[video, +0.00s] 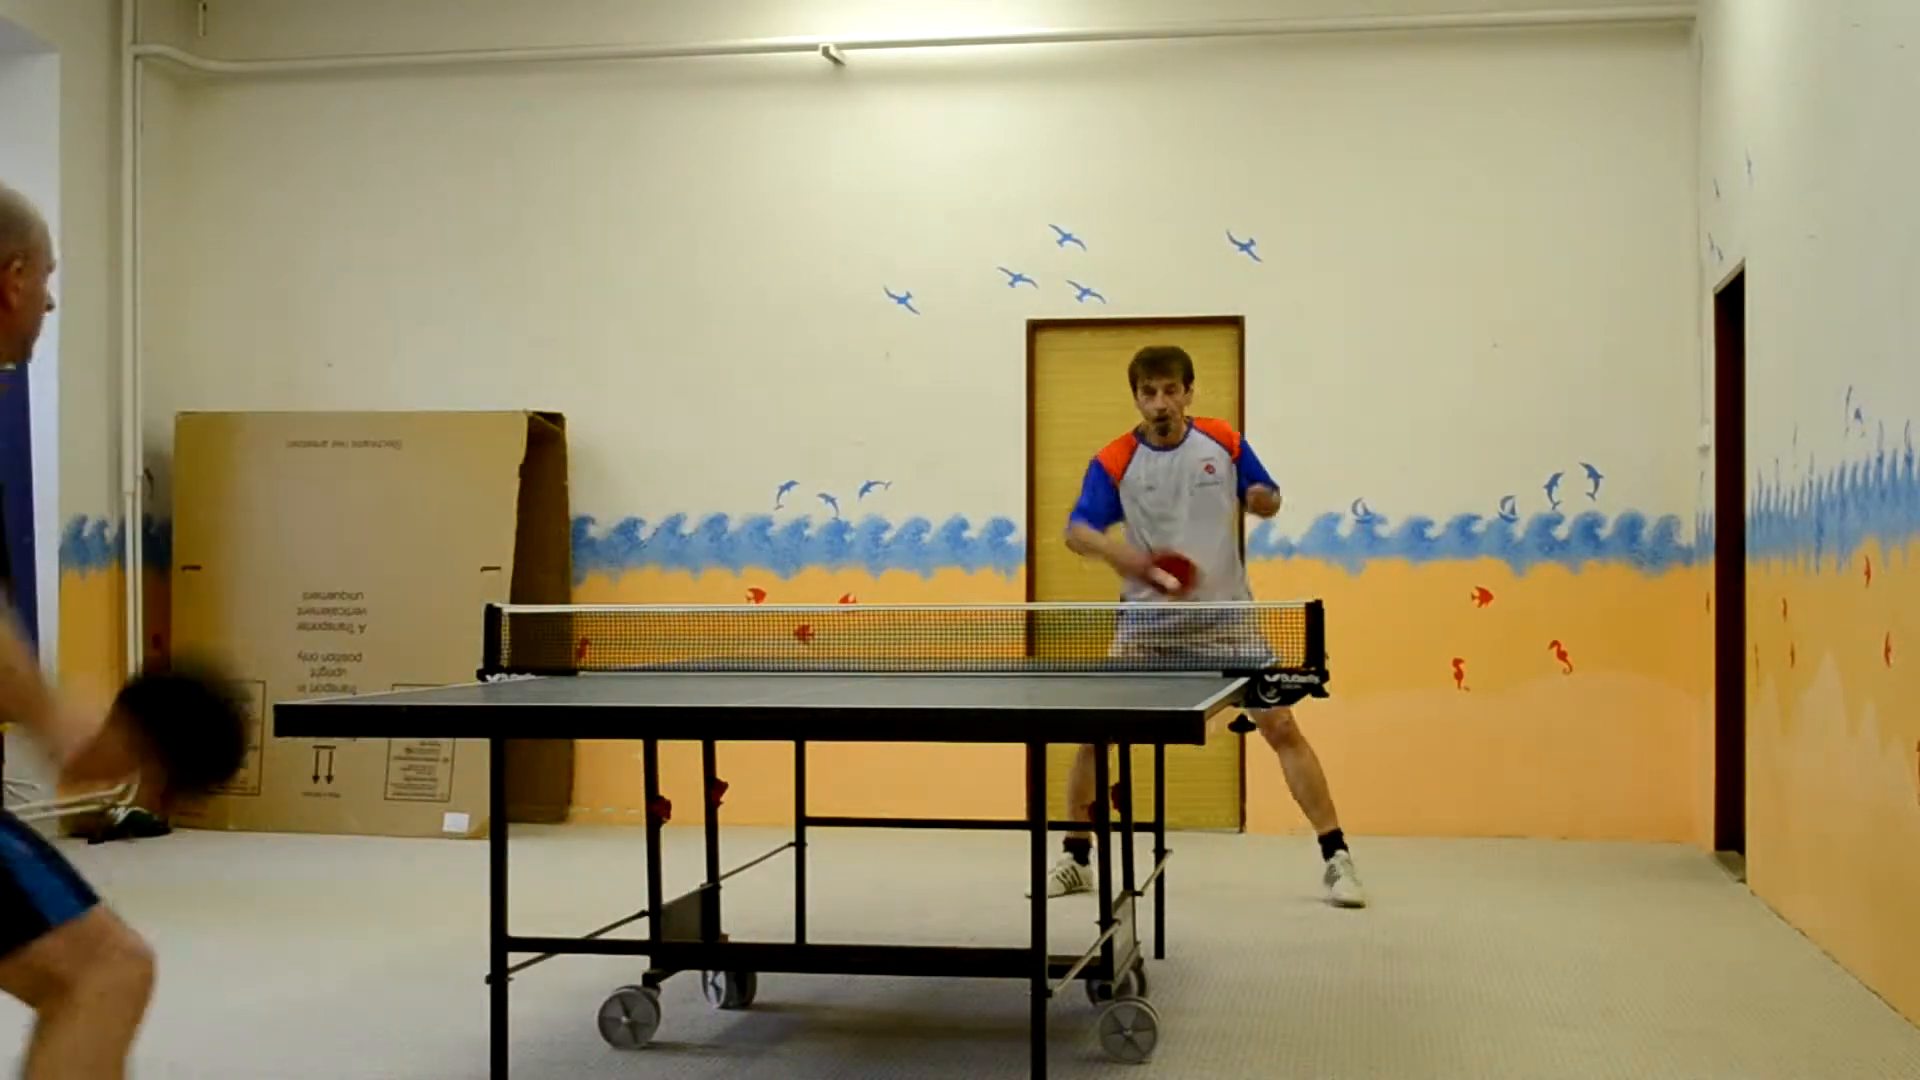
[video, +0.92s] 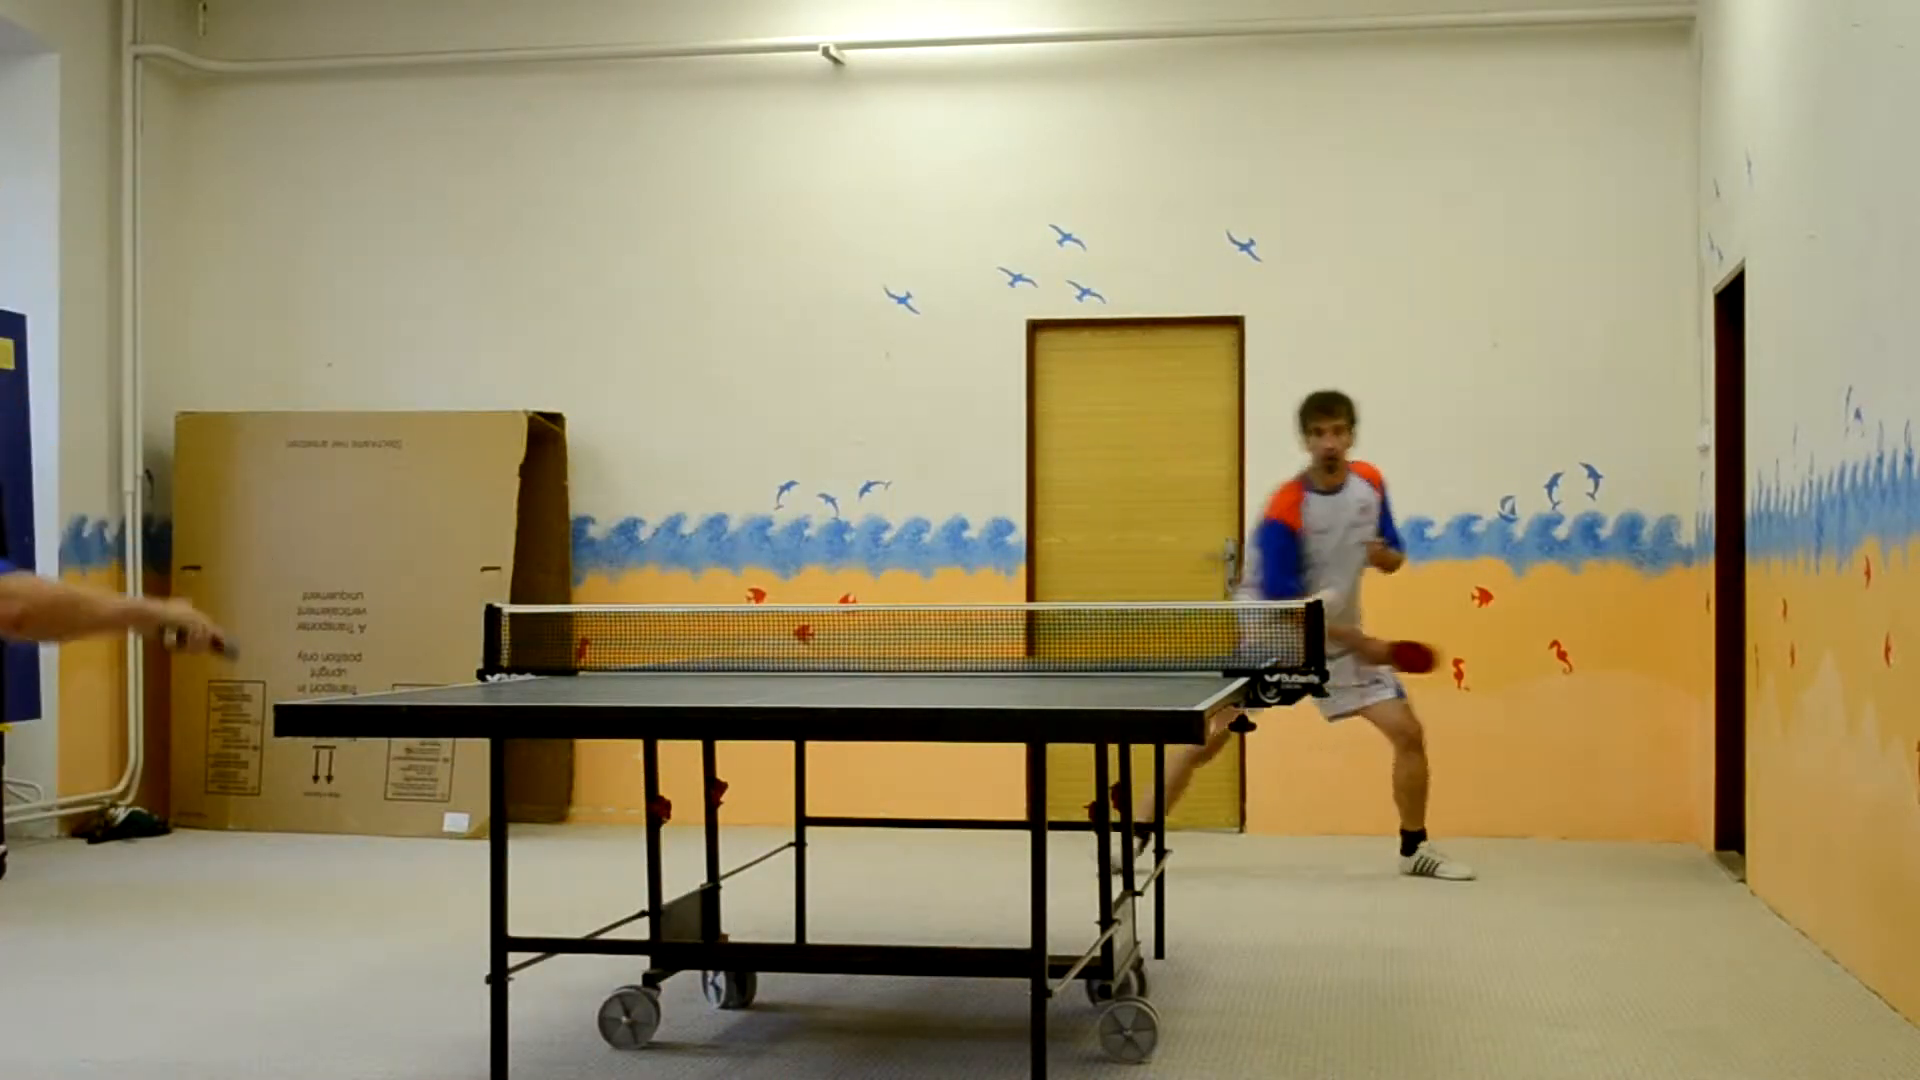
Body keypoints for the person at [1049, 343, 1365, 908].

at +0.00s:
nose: (1159, 403)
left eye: (1169, 392)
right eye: (1149, 393)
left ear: (1187, 392)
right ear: (1135, 396)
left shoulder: (1220, 438)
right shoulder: (1114, 461)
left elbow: (1269, 503)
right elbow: (1076, 531)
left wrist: (1251, 495)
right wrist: (1118, 552)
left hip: (1226, 615)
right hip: (1146, 619)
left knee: (1282, 727)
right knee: (1095, 729)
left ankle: (1336, 855)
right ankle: (1076, 856)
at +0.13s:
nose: (1161, 381)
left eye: (1171, 370)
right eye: (1151, 372)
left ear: (1191, 374)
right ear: (1138, 379)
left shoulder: (1225, 427)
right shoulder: (1116, 438)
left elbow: (1265, 473)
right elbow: (1055, 482)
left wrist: (1292, 476)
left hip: (1221, 608)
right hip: (1143, 611)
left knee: (1279, 725)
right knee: (1096, 730)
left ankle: (1317, 844)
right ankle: (1072, 856)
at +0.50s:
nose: (1209, 392)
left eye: (1218, 380)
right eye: (1199, 382)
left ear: (1240, 385)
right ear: (1188, 391)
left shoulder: (1277, 444)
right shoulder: (1165, 452)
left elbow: (1318, 508)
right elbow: (1115, 503)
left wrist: (1317, 533)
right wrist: (1083, 522)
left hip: (1262, 621)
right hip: (1185, 621)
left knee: (1307, 723)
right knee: (1130, 717)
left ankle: (1292, 836)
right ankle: (1106, 835)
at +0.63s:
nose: (1210, 402)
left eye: (1220, 392)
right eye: (1200, 393)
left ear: (1240, 396)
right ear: (1190, 399)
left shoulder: (1276, 456)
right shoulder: (1166, 465)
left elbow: (1309, 529)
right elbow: (1120, 530)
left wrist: (1297, 559)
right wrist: (1112, 562)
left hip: (1266, 627)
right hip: (1189, 629)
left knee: (1334, 720)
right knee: (1139, 726)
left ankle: (1356, 833)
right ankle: (1118, 839)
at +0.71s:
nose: (1221, 417)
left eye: (1232, 407)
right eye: (1212, 408)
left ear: (1251, 412)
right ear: (1201, 413)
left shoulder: (1285, 471)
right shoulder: (1177, 479)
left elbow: (1314, 548)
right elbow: (1136, 549)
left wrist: (1296, 571)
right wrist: (1150, 594)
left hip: (1274, 640)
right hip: (1200, 644)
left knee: (1351, 734)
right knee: (1143, 731)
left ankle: (1396, 835)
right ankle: (1116, 839)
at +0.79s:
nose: (1250, 432)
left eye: (1260, 422)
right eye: (1241, 423)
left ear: (1278, 427)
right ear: (1229, 428)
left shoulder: (1309, 482)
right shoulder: (1205, 491)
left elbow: (1337, 560)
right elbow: (1177, 570)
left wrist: (1315, 571)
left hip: (1291, 642)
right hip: (1221, 643)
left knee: (1375, 737)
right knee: (1156, 738)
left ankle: (1405, 843)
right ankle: (1115, 842)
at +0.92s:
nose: (1329, 443)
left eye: (1337, 432)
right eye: (1318, 434)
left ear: (1351, 435)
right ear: (1304, 440)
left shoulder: (1369, 484)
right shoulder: (1285, 509)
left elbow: (1392, 560)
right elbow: (1285, 608)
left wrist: (1386, 557)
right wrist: (1361, 643)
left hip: (1341, 645)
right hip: (1272, 644)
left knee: (1408, 734)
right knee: (1203, 743)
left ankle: (1414, 850)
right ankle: (1134, 839)